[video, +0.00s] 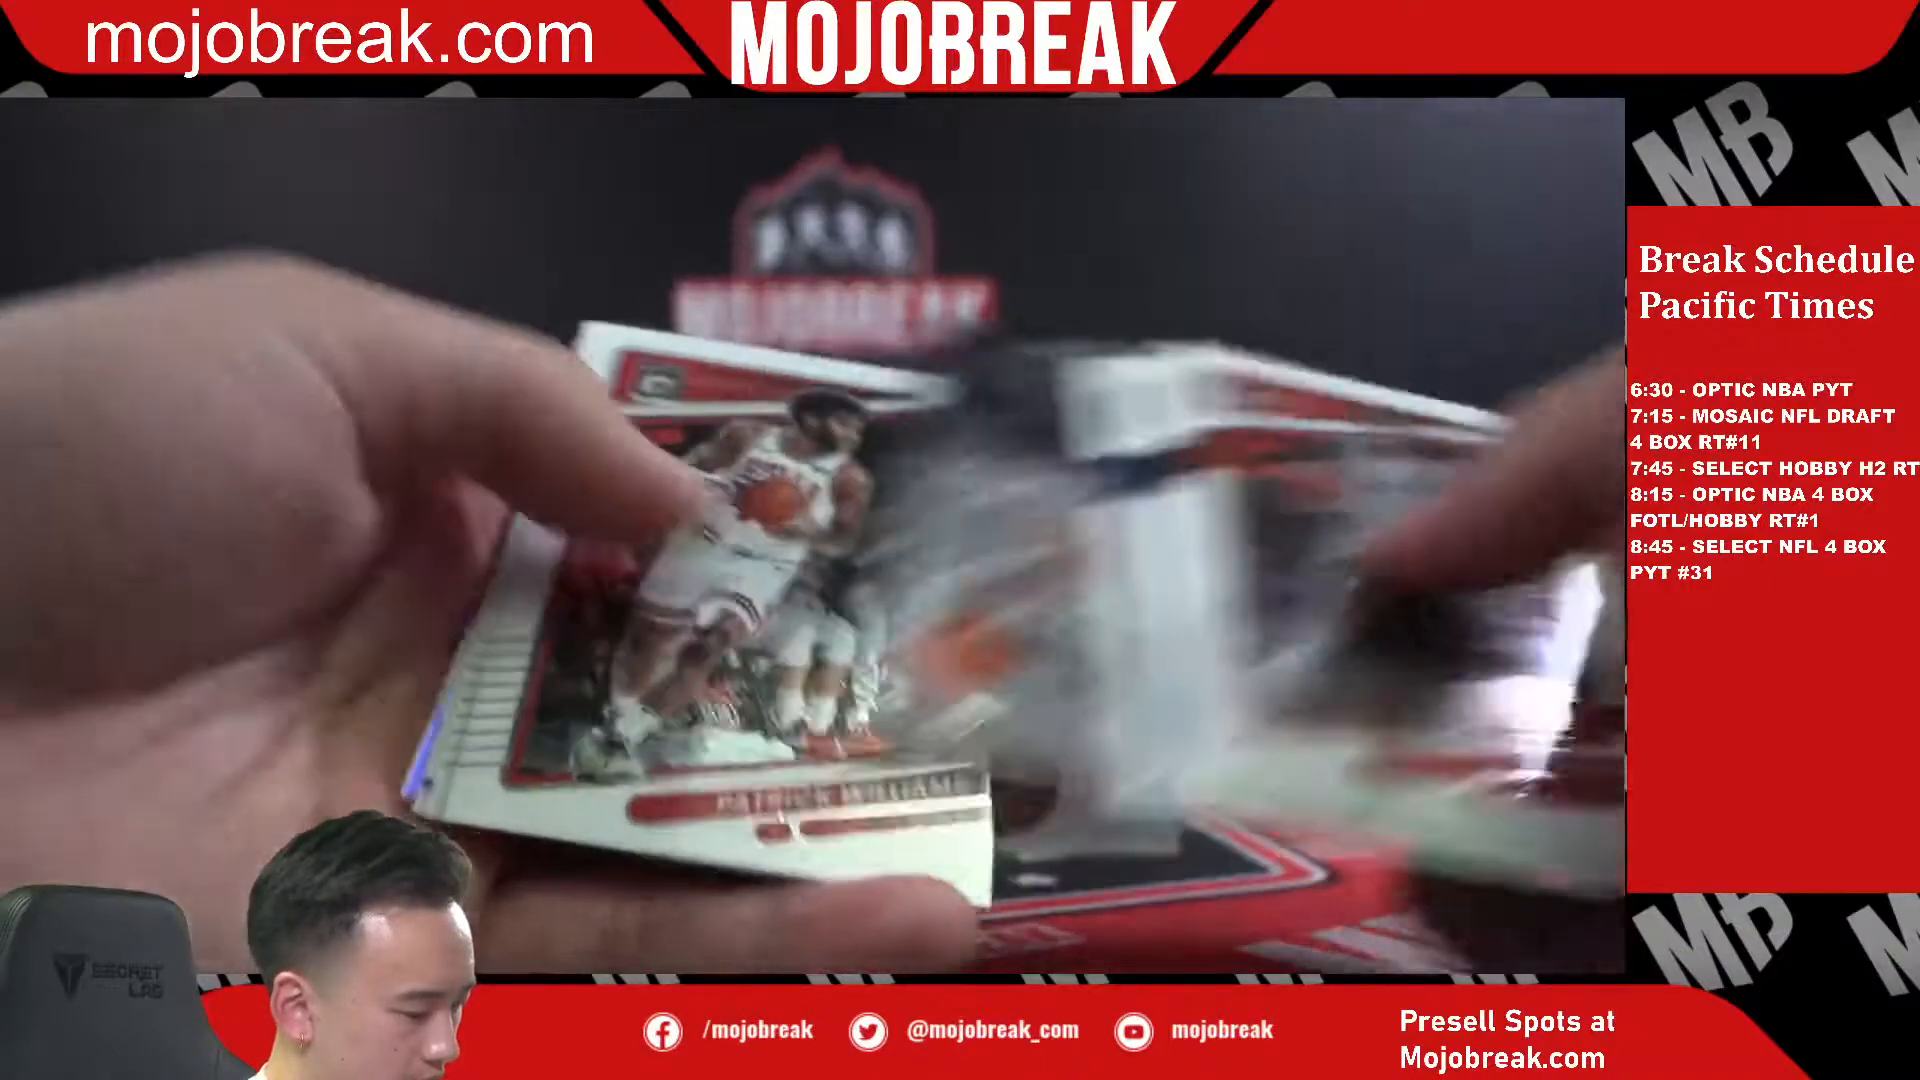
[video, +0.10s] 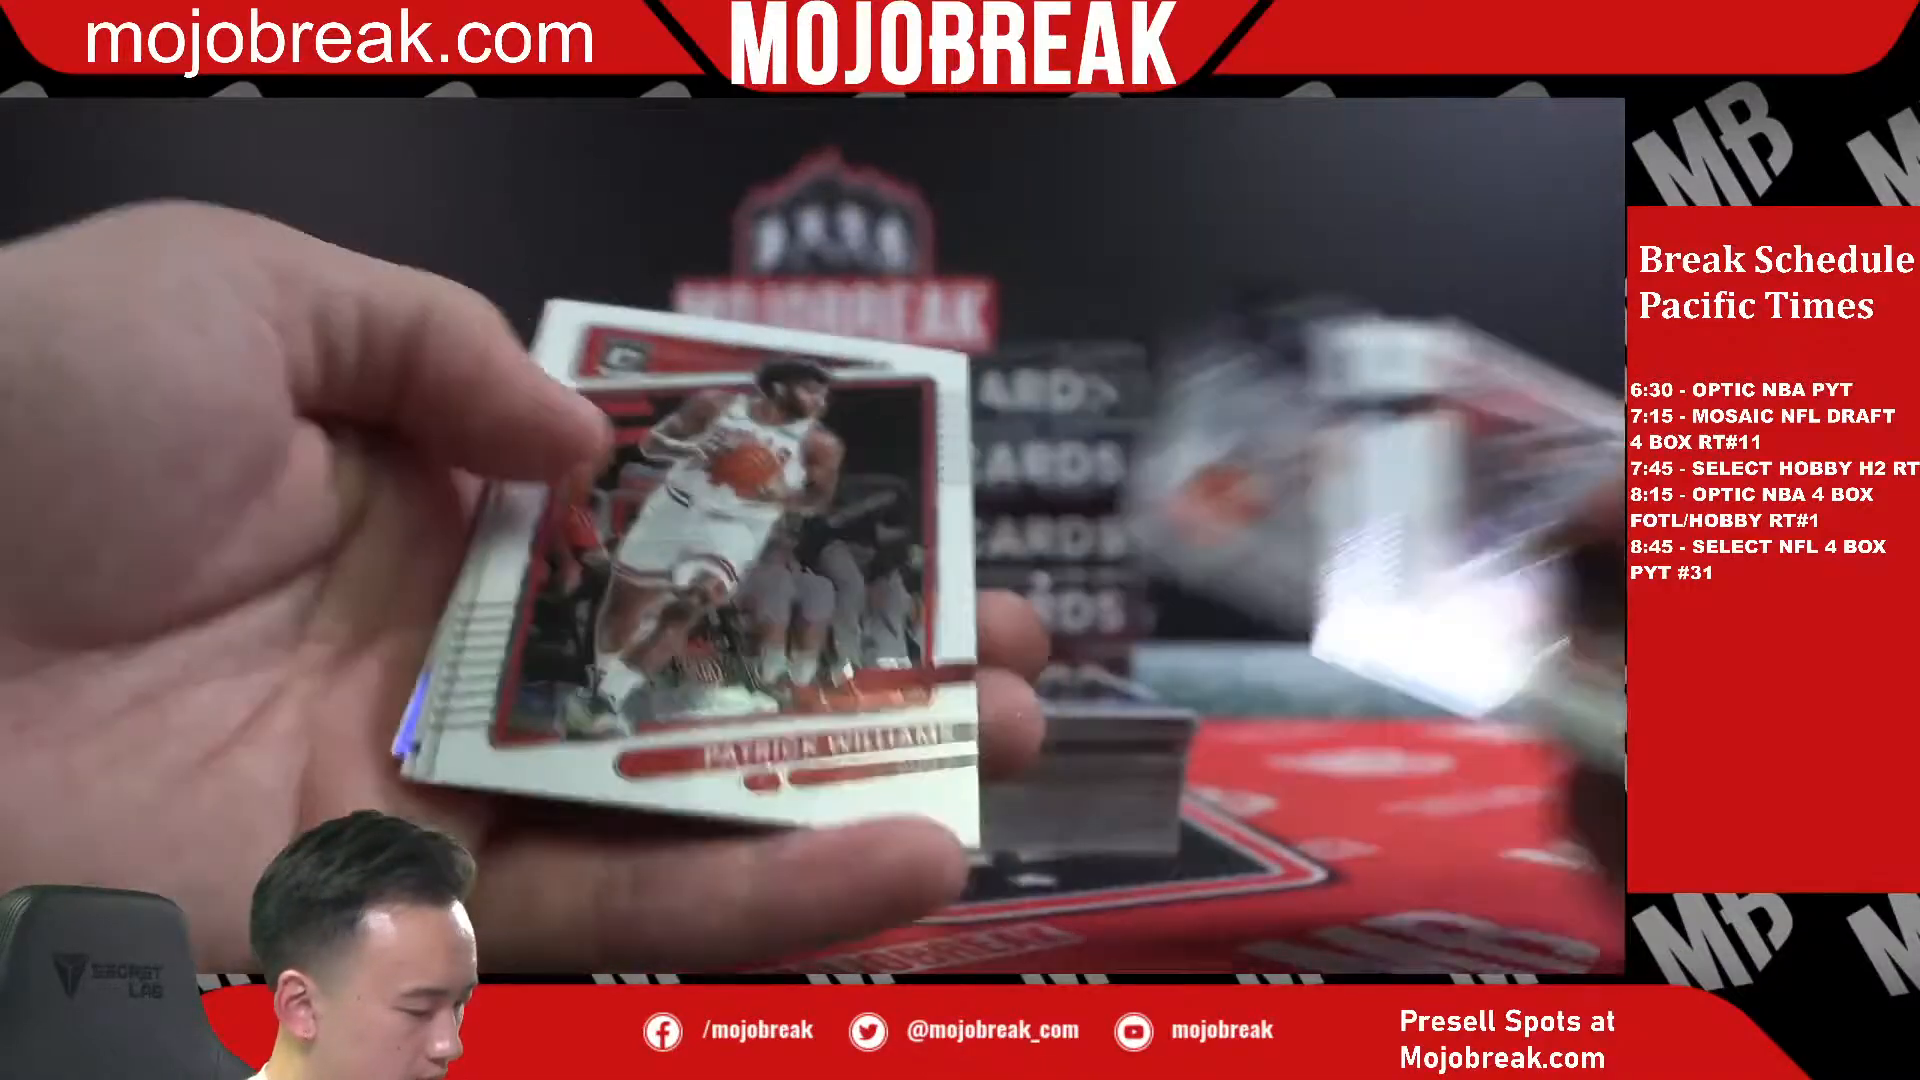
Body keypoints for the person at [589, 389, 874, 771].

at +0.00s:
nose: (852, 437)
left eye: (857, 430)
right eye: (844, 424)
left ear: (857, 439)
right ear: (810, 417)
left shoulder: (849, 479)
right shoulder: (749, 436)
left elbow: (844, 542)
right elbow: (690, 469)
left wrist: (807, 534)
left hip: (767, 565)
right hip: (703, 542)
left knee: (720, 638)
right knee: (652, 631)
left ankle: (633, 729)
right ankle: (617, 720)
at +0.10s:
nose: (819, 401)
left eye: (823, 395)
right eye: (811, 390)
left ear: (822, 405)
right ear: (779, 387)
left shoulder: (820, 446)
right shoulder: (716, 406)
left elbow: (819, 499)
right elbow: (651, 442)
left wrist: (779, 496)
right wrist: (696, 450)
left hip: (735, 530)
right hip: (672, 509)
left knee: (696, 602)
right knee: (622, 603)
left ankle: (611, 696)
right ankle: (601, 687)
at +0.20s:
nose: (807, 399)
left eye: (810, 392)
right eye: (798, 389)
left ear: (811, 397)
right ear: (766, 387)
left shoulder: (808, 443)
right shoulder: (703, 405)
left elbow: (807, 495)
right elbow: (639, 441)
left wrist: (766, 492)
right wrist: (688, 453)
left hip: (727, 527)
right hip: (661, 508)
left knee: (682, 598)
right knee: (615, 605)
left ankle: (603, 693)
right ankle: (595, 684)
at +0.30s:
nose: (807, 398)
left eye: (810, 390)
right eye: (799, 387)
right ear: (766, 384)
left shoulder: (808, 440)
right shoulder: (703, 402)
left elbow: (806, 492)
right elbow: (639, 439)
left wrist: (766, 489)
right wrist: (687, 451)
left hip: (726, 524)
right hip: (662, 506)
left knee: (682, 596)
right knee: (615, 600)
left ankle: (602, 691)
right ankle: (596, 680)